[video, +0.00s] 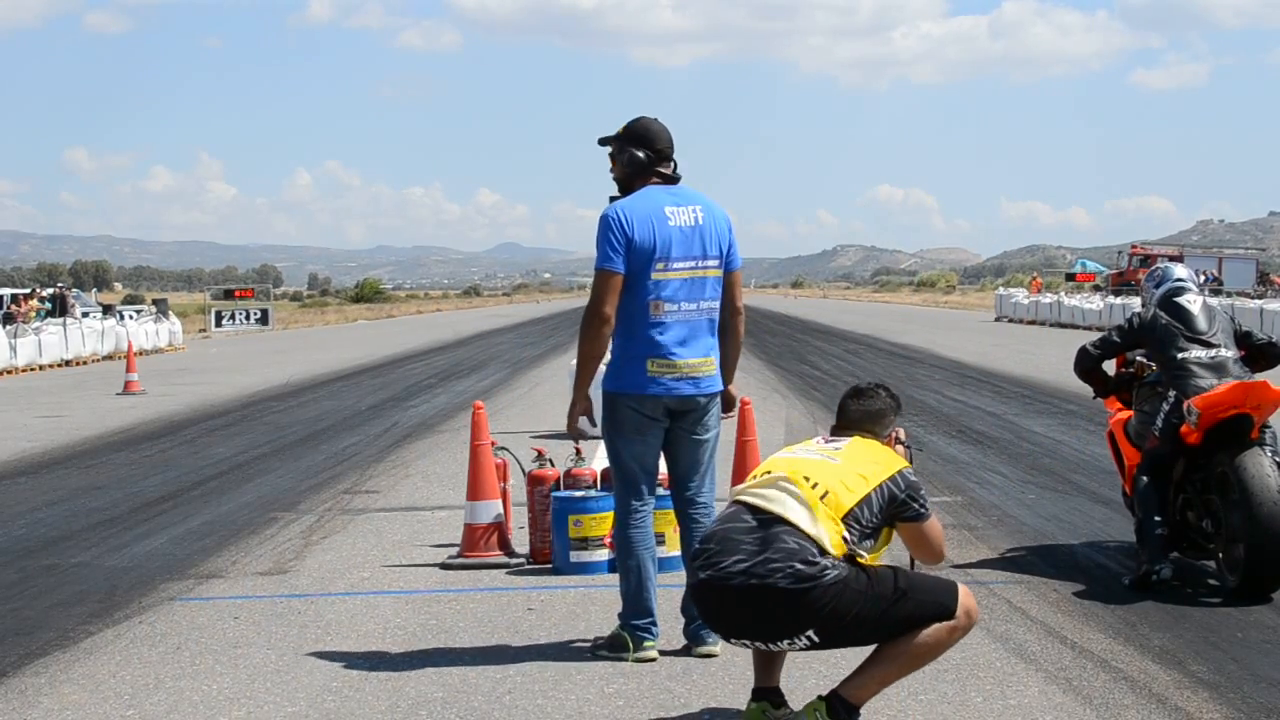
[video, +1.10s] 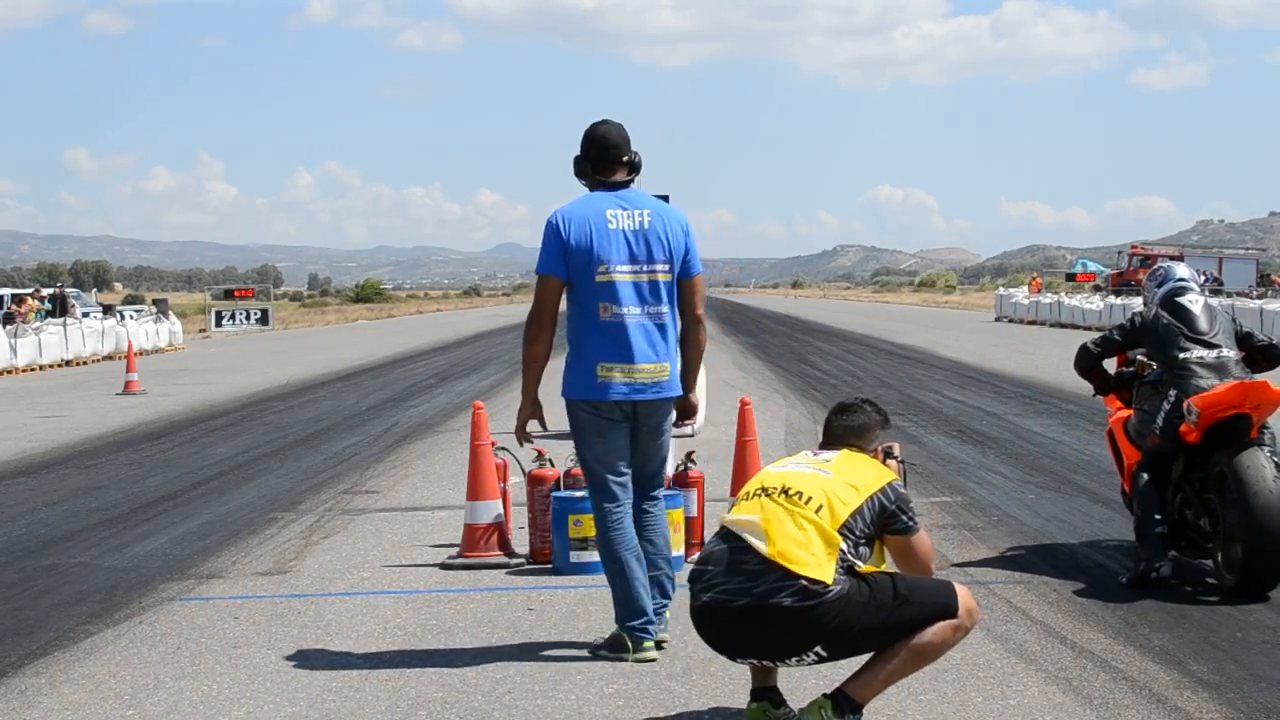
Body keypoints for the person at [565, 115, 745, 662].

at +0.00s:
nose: (611, 170)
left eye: (616, 160)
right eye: (612, 160)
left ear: (637, 162)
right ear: (668, 163)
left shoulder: (622, 216)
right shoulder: (717, 216)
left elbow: (603, 314)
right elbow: (734, 311)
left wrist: (581, 388)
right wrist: (726, 379)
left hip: (637, 384)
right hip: (701, 383)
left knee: (635, 505)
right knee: (698, 504)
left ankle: (639, 631)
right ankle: (705, 629)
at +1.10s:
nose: (582, 170)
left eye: (581, 164)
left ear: (583, 167)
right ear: (633, 165)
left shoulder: (568, 222)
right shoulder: (674, 222)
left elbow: (543, 317)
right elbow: (694, 317)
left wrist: (530, 393)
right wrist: (689, 387)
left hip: (594, 387)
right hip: (659, 385)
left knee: (613, 503)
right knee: (651, 495)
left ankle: (639, 632)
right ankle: (656, 614)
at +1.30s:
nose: (563, 176)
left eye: (563, 169)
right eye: (565, 169)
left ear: (571, 171)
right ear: (619, 171)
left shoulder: (558, 223)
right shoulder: (661, 225)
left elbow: (537, 321)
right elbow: (681, 319)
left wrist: (522, 398)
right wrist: (672, 389)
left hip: (584, 387)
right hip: (648, 385)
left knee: (608, 503)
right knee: (605, 498)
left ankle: (639, 630)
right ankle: (573, 610)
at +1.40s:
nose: (552, 178)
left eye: (553, 170)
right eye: (552, 170)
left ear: (564, 172)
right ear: (609, 173)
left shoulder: (552, 223)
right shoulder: (650, 224)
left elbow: (532, 321)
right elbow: (672, 319)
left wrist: (519, 398)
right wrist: (665, 390)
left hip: (578, 388)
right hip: (638, 387)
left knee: (603, 504)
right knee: (586, 496)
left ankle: (638, 629)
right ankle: (551, 615)